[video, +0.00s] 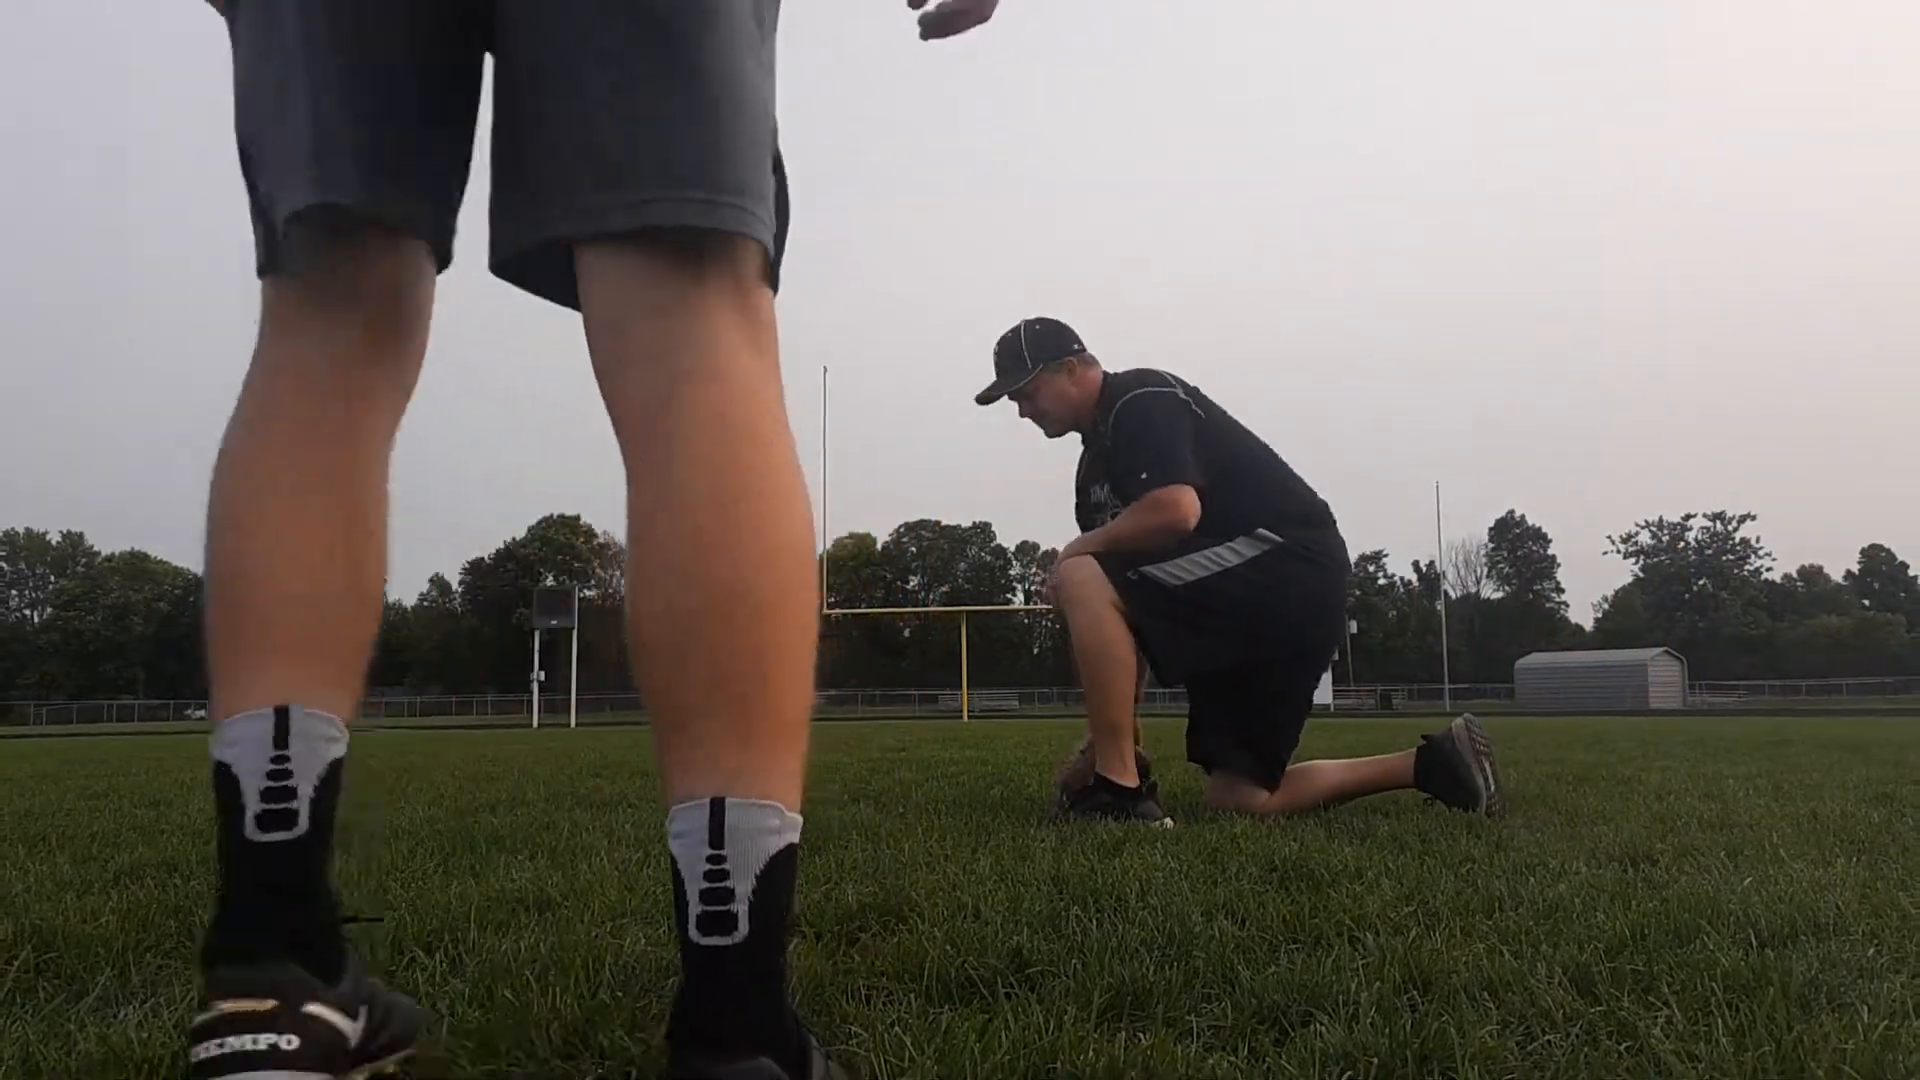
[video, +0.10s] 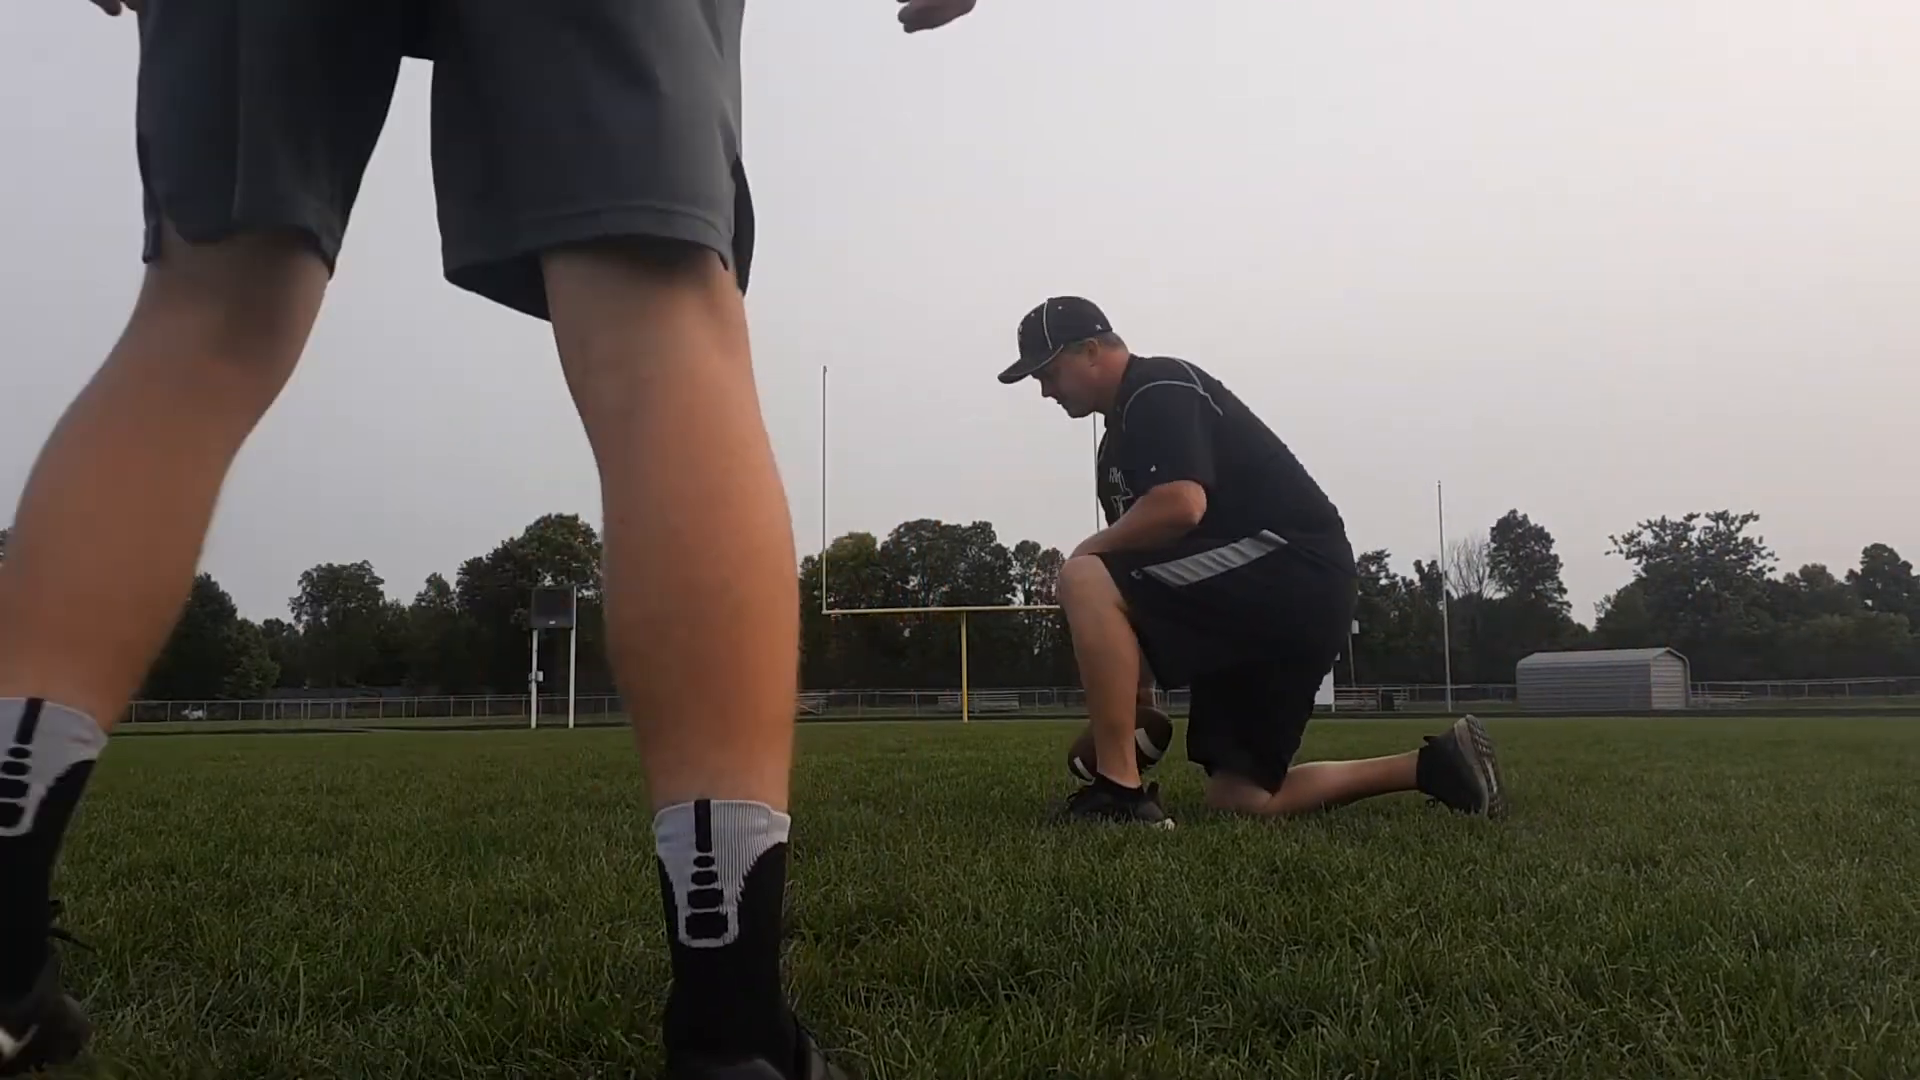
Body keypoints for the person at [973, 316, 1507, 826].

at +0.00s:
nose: (1020, 410)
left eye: (1024, 392)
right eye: (1014, 399)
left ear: (1071, 369)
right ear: (1048, 388)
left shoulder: (1141, 398)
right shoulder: (1095, 479)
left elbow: (1175, 510)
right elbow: (1127, 620)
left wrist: (1080, 552)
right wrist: (1095, 748)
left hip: (1285, 559)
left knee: (1084, 578)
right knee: (1236, 796)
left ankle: (1123, 788)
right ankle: (1427, 767)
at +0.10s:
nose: (1046, 390)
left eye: (1048, 372)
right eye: (1040, 379)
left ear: (1091, 352)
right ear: (1089, 357)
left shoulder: (1158, 385)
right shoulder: (1117, 445)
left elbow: (1179, 503)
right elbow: (1138, 592)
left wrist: (1090, 553)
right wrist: (1123, 710)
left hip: (1289, 565)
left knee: (1085, 575)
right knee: (1238, 796)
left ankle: (1119, 785)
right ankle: (1428, 767)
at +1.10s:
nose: (1132, 319)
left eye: (1138, 303)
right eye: (1131, 307)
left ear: (1178, 298)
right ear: (1192, 299)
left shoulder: (1197, 365)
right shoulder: (1236, 363)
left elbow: (1176, 504)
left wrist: (1146, 601)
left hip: (1263, 567)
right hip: (1302, 586)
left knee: (1071, 588)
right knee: (1237, 794)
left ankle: (1166, 777)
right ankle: (1425, 768)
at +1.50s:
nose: (1141, 311)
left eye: (1148, 296)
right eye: (1141, 298)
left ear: (1188, 295)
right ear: (1202, 296)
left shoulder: (1201, 363)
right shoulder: (1249, 362)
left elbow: (1173, 506)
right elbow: (1248, 505)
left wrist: (1146, 600)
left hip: (1254, 570)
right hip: (1299, 591)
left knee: (1062, 591)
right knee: (1234, 793)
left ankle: (1163, 775)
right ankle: (1426, 769)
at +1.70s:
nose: (1139, 310)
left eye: (1147, 294)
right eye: (1139, 297)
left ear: (1187, 293)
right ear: (1200, 295)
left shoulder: (1199, 363)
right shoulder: (1248, 361)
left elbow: (1170, 507)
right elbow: (1246, 507)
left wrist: (1138, 600)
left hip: (1249, 570)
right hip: (1295, 591)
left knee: (1058, 593)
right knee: (1234, 793)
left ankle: (1163, 774)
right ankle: (1425, 768)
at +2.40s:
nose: (1136, 317)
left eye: (1141, 300)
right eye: (1134, 303)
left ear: (1180, 293)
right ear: (1198, 294)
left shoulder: (1197, 365)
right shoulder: (1247, 361)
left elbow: (1166, 508)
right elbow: (1239, 509)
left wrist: (1135, 604)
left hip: (1248, 573)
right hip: (1294, 595)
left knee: (1055, 595)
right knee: (1236, 793)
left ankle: (1164, 776)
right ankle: (1426, 769)